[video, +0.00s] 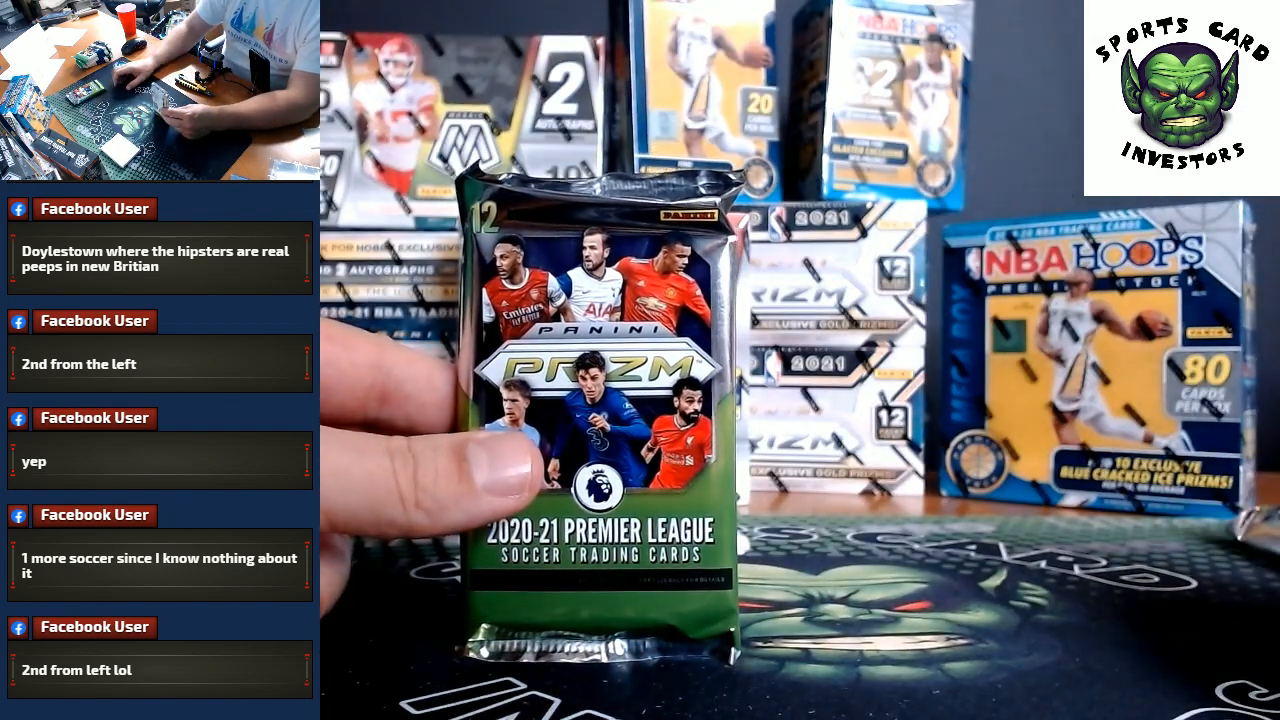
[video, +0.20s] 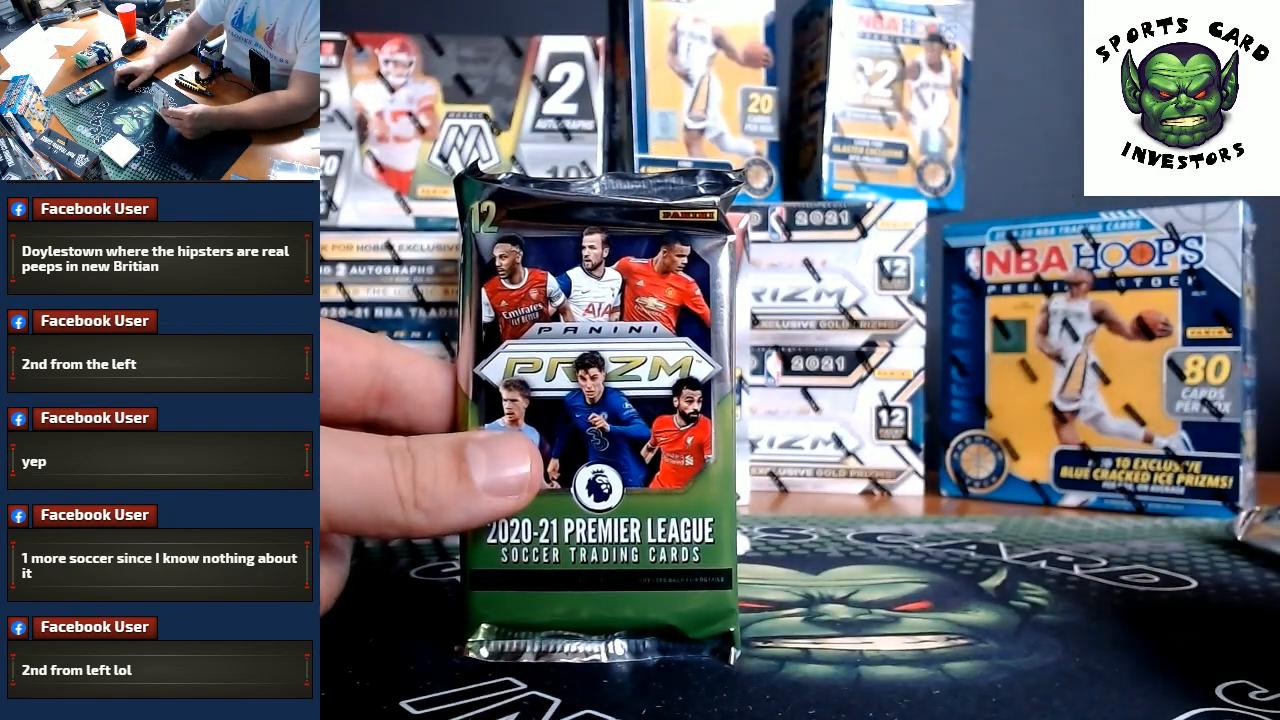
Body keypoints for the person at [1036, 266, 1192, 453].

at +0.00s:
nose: (1072, 288)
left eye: (1077, 284)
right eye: (1071, 283)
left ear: (1087, 285)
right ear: (1067, 283)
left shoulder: (1095, 308)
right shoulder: (1053, 304)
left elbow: (1126, 331)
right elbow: (1039, 334)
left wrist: (1156, 329)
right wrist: (1047, 349)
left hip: (1081, 365)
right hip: (1064, 367)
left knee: (1062, 418)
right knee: (1103, 424)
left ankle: (1078, 473)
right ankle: (1165, 442)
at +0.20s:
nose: (1072, 287)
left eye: (1077, 284)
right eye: (1071, 283)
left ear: (1087, 285)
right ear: (1067, 283)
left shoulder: (1095, 308)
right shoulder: (1053, 304)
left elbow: (1126, 331)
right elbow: (1039, 334)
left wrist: (1156, 329)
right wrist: (1047, 350)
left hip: (1081, 365)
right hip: (1064, 367)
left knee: (1062, 418)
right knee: (1103, 424)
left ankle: (1078, 473)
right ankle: (1165, 442)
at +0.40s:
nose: (1072, 287)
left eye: (1077, 284)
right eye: (1071, 283)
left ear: (1087, 285)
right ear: (1067, 283)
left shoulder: (1095, 308)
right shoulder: (1053, 304)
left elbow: (1126, 331)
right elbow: (1039, 334)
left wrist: (1156, 329)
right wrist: (1047, 350)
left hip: (1081, 365)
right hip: (1064, 367)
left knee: (1062, 418)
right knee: (1103, 424)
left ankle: (1078, 473)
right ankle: (1165, 442)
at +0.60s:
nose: (1072, 288)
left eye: (1077, 284)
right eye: (1070, 283)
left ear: (1087, 286)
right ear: (1067, 283)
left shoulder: (1095, 308)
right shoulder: (1053, 304)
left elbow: (1126, 331)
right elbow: (1039, 334)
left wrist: (1156, 330)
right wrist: (1047, 349)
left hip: (1081, 365)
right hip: (1064, 367)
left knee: (1062, 418)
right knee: (1103, 424)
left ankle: (1078, 473)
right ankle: (1165, 442)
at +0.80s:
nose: (1072, 287)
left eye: (1077, 284)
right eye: (1071, 283)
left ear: (1087, 285)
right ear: (1067, 283)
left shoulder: (1095, 308)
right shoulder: (1053, 304)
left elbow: (1126, 331)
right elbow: (1039, 334)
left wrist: (1156, 329)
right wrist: (1047, 349)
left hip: (1081, 365)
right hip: (1064, 367)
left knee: (1062, 418)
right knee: (1103, 424)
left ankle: (1078, 473)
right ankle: (1165, 442)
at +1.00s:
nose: (1072, 287)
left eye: (1077, 284)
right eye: (1071, 283)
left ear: (1087, 285)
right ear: (1067, 283)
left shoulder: (1095, 308)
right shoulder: (1053, 304)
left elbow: (1126, 331)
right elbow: (1039, 334)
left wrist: (1156, 330)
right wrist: (1047, 350)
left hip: (1081, 365)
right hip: (1064, 367)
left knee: (1062, 418)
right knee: (1103, 424)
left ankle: (1078, 473)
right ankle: (1165, 442)